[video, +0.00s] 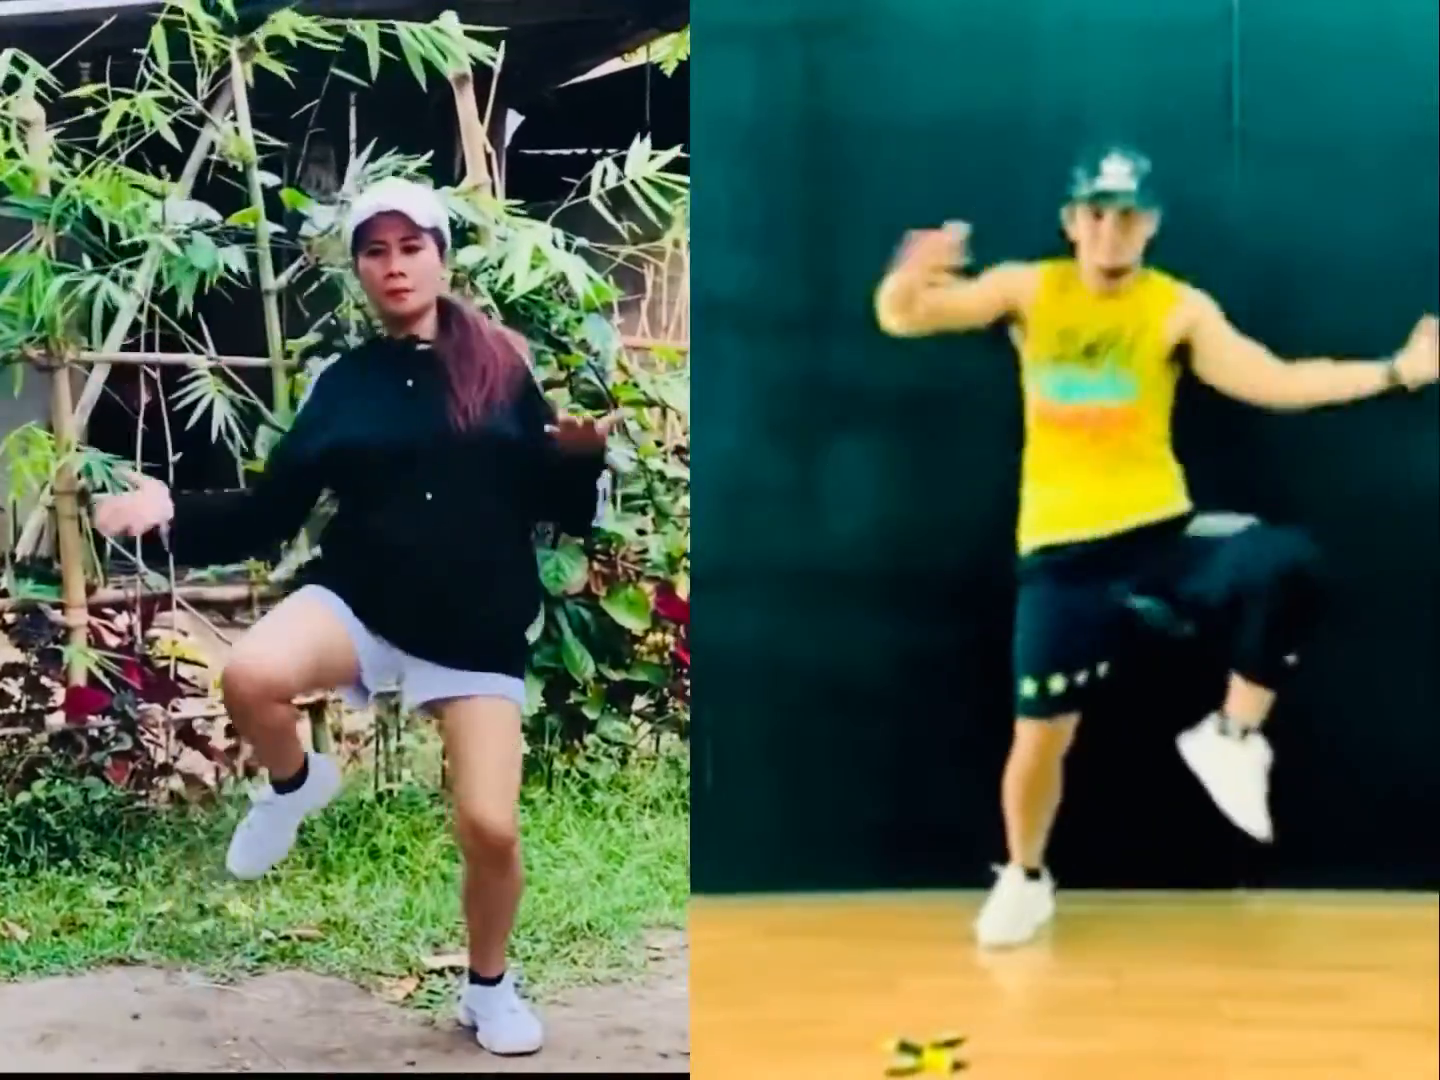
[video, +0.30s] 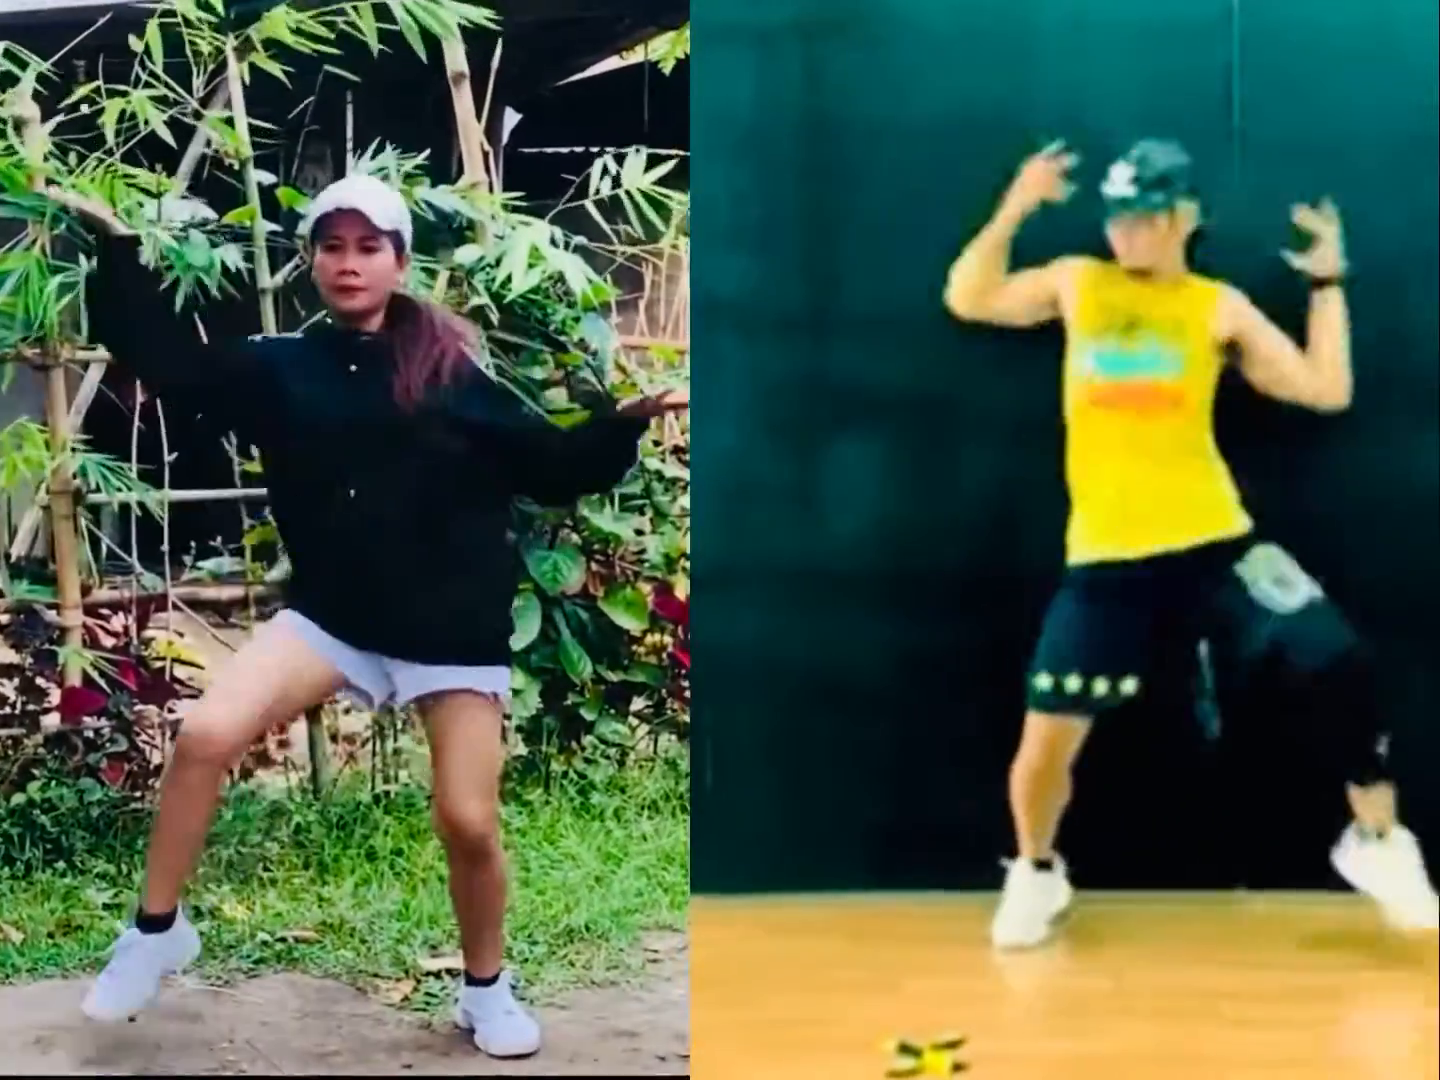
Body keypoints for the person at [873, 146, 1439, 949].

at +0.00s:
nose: (1112, 234)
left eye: (1129, 218)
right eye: (1098, 216)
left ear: (1151, 225)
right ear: (1071, 220)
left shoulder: (1178, 309)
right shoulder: (1027, 288)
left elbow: (1275, 381)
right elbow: (906, 316)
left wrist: (1396, 371)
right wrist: (907, 277)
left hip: (1160, 533)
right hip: (1058, 548)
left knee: (1284, 562)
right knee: (1041, 728)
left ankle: (1233, 735)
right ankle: (1023, 876)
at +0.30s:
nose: (1129, 234)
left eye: (1145, 218)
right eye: (1118, 217)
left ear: (1185, 219)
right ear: (1104, 219)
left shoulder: (1219, 307)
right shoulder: (1072, 284)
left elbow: (1327, 388)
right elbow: (968, 298)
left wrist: (1327, 281)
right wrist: (1018, 202)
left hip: (1216, 545)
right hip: (1104, 556)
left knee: (1340, 667)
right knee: (1043, 744)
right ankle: (1034, 872)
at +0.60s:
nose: (1241, 283)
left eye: (1256, 265)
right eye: (1231, 269)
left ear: (1296, 258)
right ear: (1220, 273)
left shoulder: (1345, 311)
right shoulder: (1198, 333)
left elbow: (1434, 277)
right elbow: (1071, 330)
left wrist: (1405, 189)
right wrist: (1038, 224)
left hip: (1312, 584)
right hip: (1207, 574)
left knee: (1397, 741)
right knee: (1111, 731)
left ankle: (1381, 897)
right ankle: (1001, 845)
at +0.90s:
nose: (1273, 254)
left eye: (1287, 235)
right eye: (1262, 238)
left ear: (1326, 230)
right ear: (1249, 243)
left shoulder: (1372, 295)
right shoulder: (1232, 289)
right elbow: (1140, 208)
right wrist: (1115, 90)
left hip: (1355, 542)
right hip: (1252, 515)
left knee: (1405, 726)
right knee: (1104, 517)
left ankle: (1391, 895)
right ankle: (1140, 692)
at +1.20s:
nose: (1319, 261)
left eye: (1320, 246)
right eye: (1302, 247)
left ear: (1319, 253)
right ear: (1256, 255)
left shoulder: (1340, 336)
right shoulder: (1187, 332)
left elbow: (1438, 330)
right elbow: (1061, 324)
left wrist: (1434, 237)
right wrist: (1145, 237)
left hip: (1345, 593)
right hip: (1229, 600)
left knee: (1430, 724)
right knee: (1136, 748)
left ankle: (1397, 893)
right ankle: (1044, 875)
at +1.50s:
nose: (1209, 264)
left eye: (1222, 249)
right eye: (1195, 246)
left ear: (1236, 255)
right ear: (1157, 244)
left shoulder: (1242, 316)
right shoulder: (1101, 318)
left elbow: (1338, 309)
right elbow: (980, 338)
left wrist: (1326, 227)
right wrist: (1027, 229)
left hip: (1233, 572)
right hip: (1127, 577)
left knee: (1329, 708)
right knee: (1089, 753)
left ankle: (1386, 873)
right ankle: (1049, 892)